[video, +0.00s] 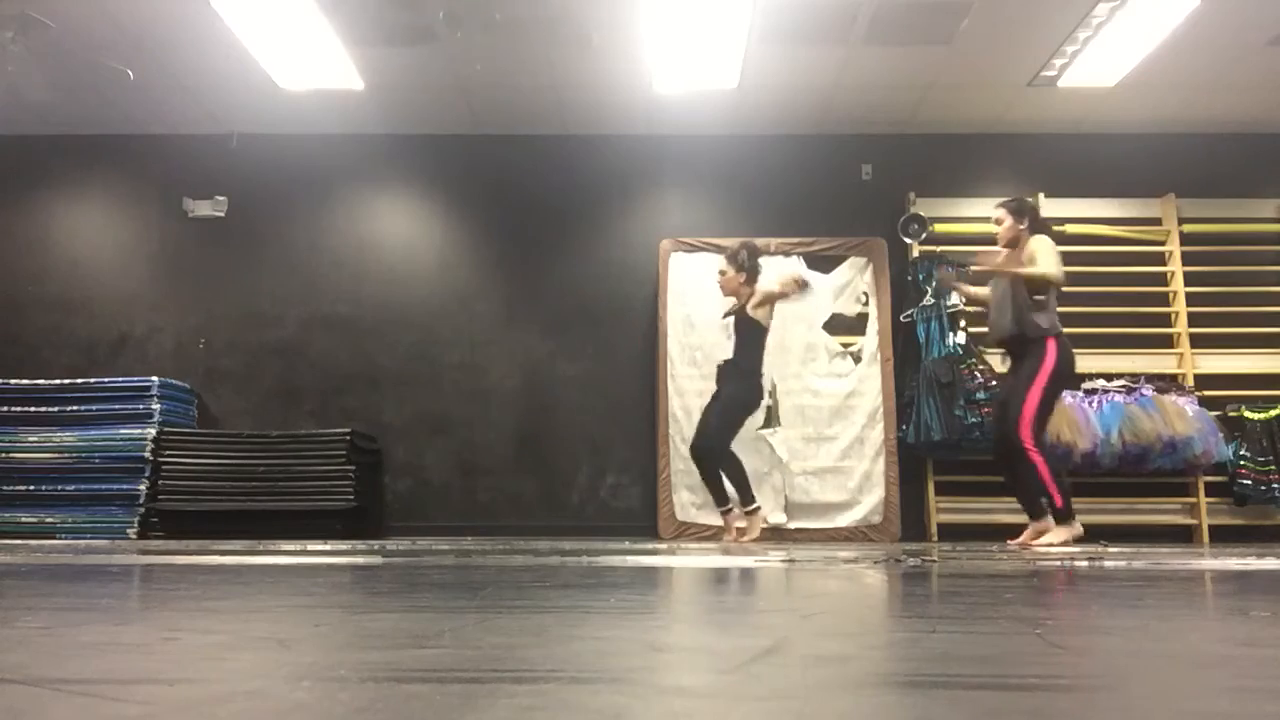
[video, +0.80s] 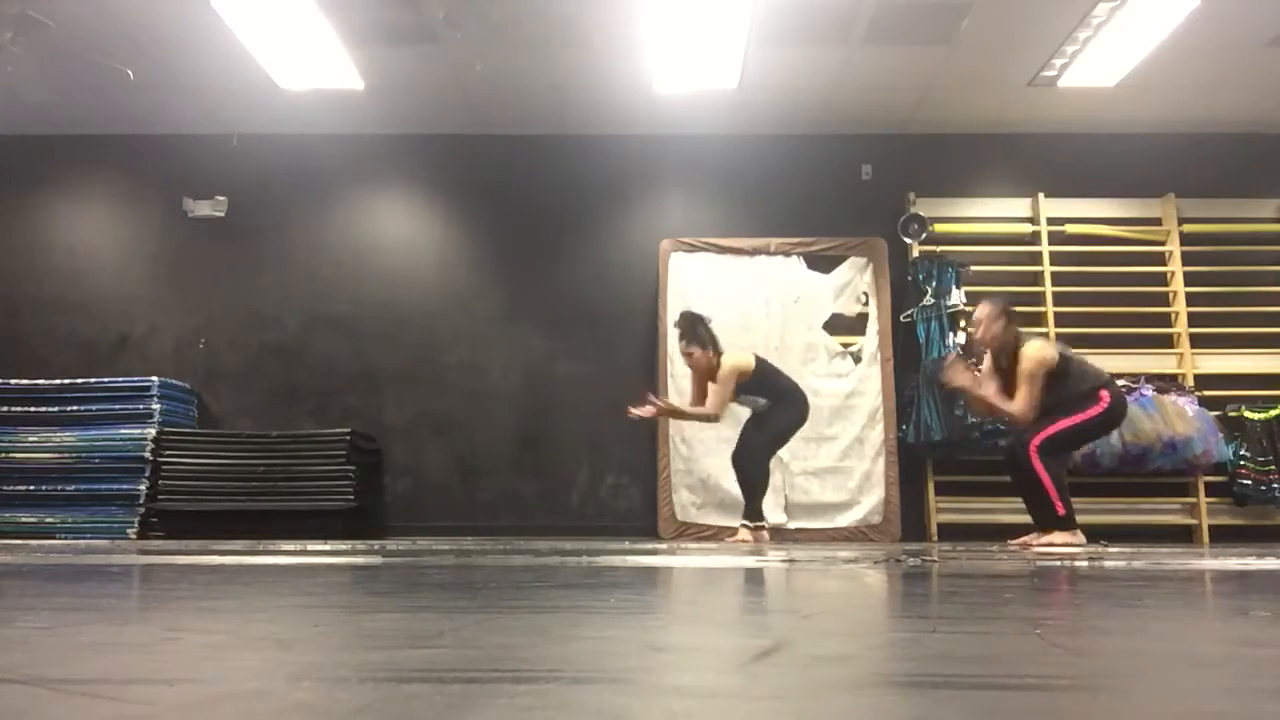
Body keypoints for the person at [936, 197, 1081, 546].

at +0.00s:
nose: (995, 229)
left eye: (999, 222)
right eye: (994, 223)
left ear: (1022, 222)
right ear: (1009, 226)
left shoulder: (1039, 243)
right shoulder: (1008, 258)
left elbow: (1054, 275)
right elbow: (997, 296)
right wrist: (958, 287)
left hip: (1047, 349)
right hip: (1024, 353)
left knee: (1023, 433)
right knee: (1006, 436)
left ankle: (1067, 523)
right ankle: (1040, 521)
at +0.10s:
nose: (1008, 237)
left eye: (1013, 230)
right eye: (1006, 231)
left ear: (1035, 228)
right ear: (1024, 231)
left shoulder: (1055, 255)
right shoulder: (1024, 266)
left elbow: (1098, 289)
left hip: (1031, 350)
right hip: (1009, 353)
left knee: (997, 428)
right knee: (974, 433)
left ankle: (1050, 509)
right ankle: (1022, 509)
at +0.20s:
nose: (1013, 249)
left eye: (1018, 242)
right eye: (1011, 244)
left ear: (1040, 239)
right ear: (1025, 245)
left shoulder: (1065, 266)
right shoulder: (1032, 276)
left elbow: (1099, 299)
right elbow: (1068, 323)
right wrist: (1067, 341)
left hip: (1019, 351)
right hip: (998, 353)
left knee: (985, 426)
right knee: (965, 430)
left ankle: (1038, 507)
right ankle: (1013, 511)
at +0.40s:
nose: (998, 271)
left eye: (1003, 263)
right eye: (997, 265)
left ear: (1027, 261)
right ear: (1021, 265)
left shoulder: (1047, 288)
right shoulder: (1018, 301)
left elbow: (1092, 325)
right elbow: (1055, 353)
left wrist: (1109, 374)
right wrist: (1060, 405)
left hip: (1041, 385)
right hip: (1016, 388)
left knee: (991, 441)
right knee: (976, 452)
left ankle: (1052, 511)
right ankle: (1033, 518)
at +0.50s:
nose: (974, 291)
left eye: (980, 284)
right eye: (975, 284)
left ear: (1000, 284)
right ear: (994, 285)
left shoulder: (1012, 311)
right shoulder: (998, 320)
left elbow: (1061, 327)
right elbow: (1023, 366)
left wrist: (1066, 385)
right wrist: (1016, 406)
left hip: (1062, 404)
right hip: (1040, 406)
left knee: (1008, 451)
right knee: (995, 456)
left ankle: (1065, 521)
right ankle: (1042, 526)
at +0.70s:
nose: (964, 356)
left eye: (970, 348)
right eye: (962, 349)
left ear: (993, 348)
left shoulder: (1014, 366)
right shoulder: (983, 380)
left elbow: (1005, 392)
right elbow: (964, 413)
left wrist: (957, 412)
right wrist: (936, 423)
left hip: (1105, 406)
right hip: (1081, 409)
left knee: (1034, 447)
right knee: (1017, 452)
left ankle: (1067, 531)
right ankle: (1047, 529)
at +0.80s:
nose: (976, 333)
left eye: (983, 324)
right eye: (975, 325)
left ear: (1004, 322)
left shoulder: (1033, 352)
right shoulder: (996, 357)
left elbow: (1024, 414)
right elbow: (989, 408)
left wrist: (979, 387)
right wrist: (968, 383)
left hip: (1103, 399)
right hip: (1076, 404)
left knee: (1035, 447)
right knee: (1018, 450)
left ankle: (1067, 530)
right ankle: (1047, 529)